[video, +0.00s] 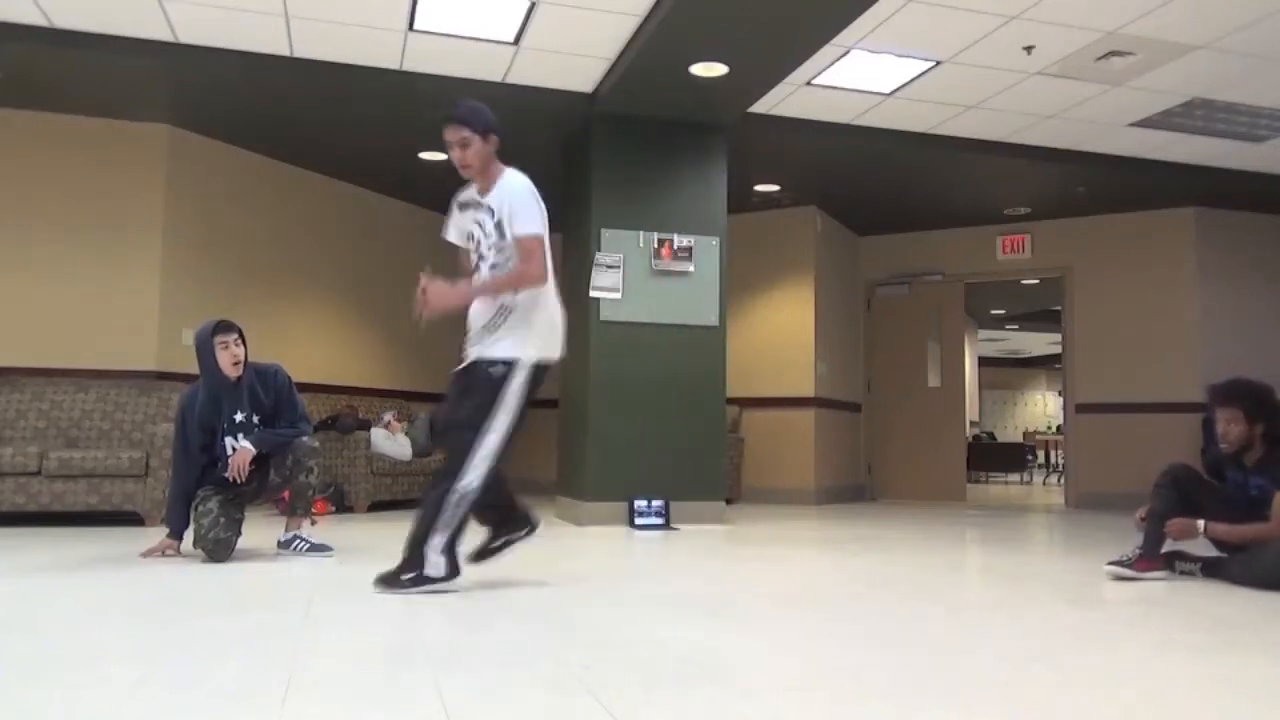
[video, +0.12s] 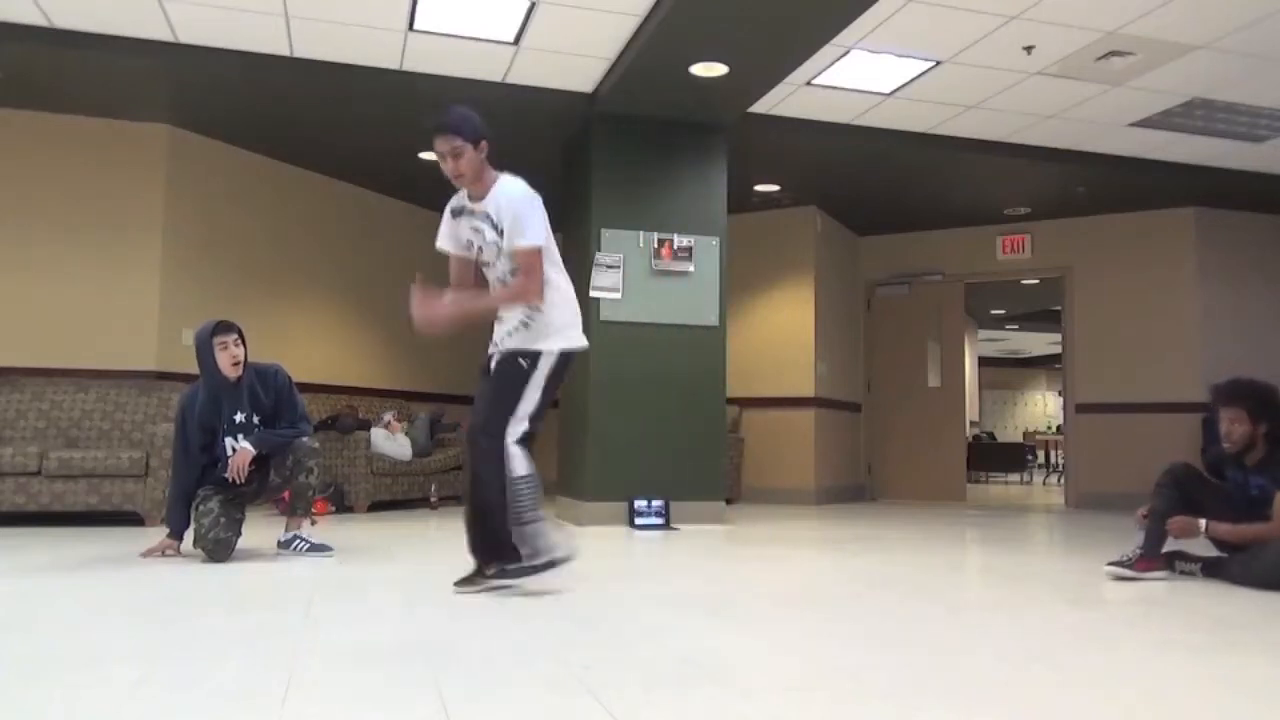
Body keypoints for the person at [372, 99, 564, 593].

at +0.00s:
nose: (457, 155)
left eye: (465, 144)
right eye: (451, 147)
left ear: (491, 141)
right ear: (449, 150)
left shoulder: (516, 190)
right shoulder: (465, 202)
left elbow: (534, 271)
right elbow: (476, 275)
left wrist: (461, 291)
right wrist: (445, 294)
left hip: (524, 340)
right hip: (488, 340)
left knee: (475, 444)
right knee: (451, 430)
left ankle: (432, 559)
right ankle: (508, 517)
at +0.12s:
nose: (451, 166)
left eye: (457, 154)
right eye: (442, 158)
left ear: (483, 149)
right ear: (437, 161)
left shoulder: (517, 198)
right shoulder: (457, 211)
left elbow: (529, 287)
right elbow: (464, 290)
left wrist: (454, 307)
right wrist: (435, 307)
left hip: (548, 330)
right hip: (510, 331)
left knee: (502, 433)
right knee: (483, 434)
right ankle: (496, 558)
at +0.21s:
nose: (459, 185)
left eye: (467, 172)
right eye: (450, 176)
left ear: (490, 168)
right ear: (444, 177)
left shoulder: (520, 218)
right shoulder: (460, 232)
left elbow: (546, 299)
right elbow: (469, 320)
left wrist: (538, 366)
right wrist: (444, 392)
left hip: (553, 354)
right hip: (509, 356)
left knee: (524, 459)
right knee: (478, 450)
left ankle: (622, 530)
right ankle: (500, 560)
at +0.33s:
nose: (472, 170)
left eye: (479, 157)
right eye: (463, 160)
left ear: (500, 154)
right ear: (454, 165)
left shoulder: (536, 202)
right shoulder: (466, 221)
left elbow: (586, 260)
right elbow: (490, 290)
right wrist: (464, 343)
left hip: (564, 355)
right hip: (511, 356)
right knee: (483, 454)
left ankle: (684, 534)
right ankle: (498, 561)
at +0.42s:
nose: (496, 151)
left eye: (503, 137)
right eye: (486, 143)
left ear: (525, 130)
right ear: (479, 145)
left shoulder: (563, 170)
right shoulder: (487, 186)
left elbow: (648, 205)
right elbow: (502, 229)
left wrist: (737, 221)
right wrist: (461, 257)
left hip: (591, 328)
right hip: (529, 333)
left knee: (653, 430)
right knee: (489, 423)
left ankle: (721, 533)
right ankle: (487, 533)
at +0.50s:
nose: (513, 149)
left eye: (521, 136)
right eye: (503, 140)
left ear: (544, 130)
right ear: (495, 140)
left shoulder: (582, 167)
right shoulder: (503, 175)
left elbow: (666, 193)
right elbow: (505, 201)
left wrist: (762, 199)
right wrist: (463, 226)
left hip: (610, 317)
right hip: (549, 317)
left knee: (678, 427)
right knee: (490, 408)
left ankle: (751, 532)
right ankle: (486, 520)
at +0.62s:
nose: (549, 180)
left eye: (557, 167)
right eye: (541, 170)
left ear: (581, 160)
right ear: (534, 168)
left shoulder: (617, 201)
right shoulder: (537, 196)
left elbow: (711, 234)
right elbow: (518, 216)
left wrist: (809, 252)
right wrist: (462, 226)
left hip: (651, 347)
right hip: (584, 342)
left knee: (717, 453)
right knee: (510, 412)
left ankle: (797, 561)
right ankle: (471, 532)